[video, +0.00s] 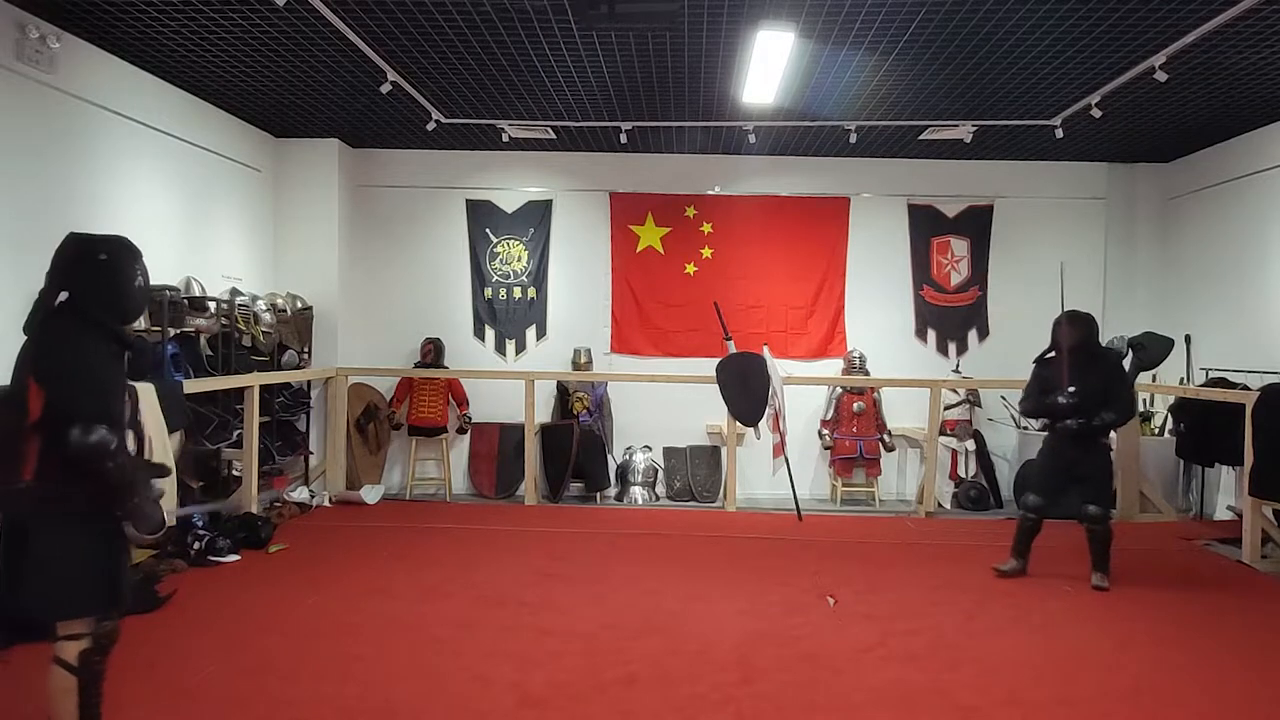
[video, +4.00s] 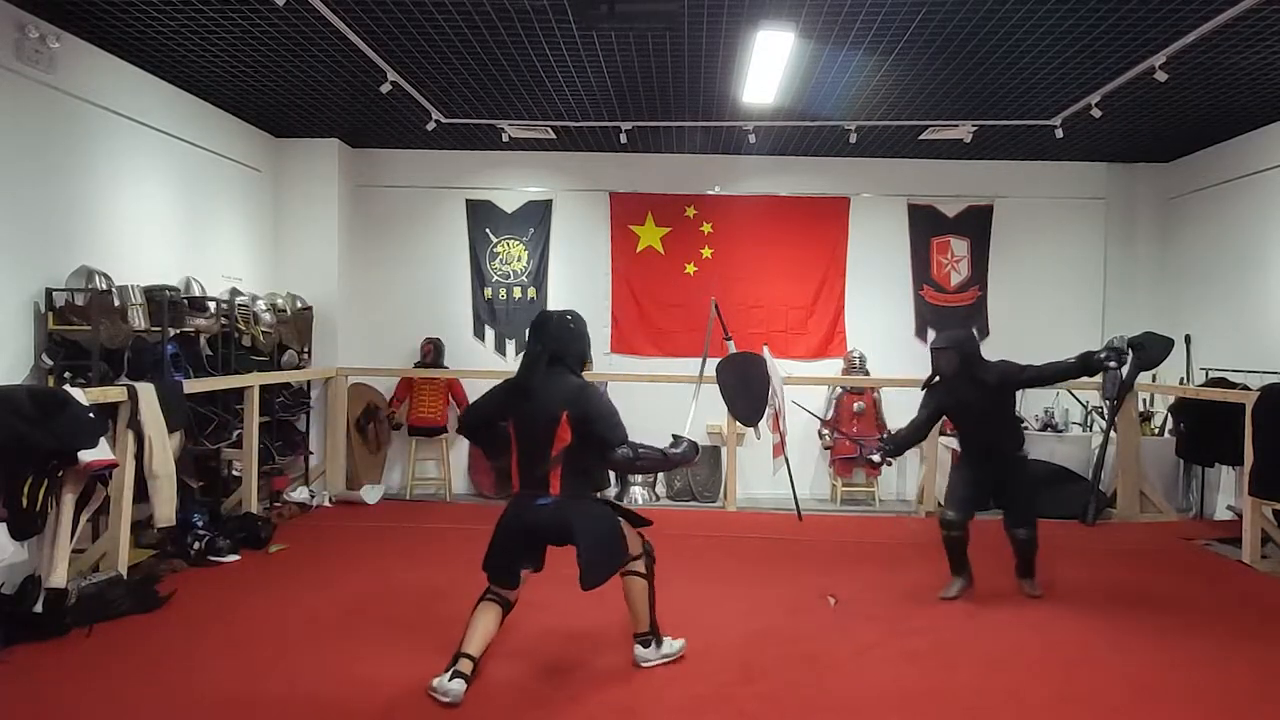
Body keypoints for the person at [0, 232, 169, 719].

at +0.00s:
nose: (140, 291)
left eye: (138, 280)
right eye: (132, 280)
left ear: (84, 283)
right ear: (105, 285)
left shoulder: (84, 334)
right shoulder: (80, 342)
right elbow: (91, 439)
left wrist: (133, 474)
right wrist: (136, 495)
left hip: (87, 505)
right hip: (65, 509)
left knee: (101, 628)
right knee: (76, 636)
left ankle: (87, 713)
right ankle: (69, 717)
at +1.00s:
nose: (198, 291)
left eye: (196, 280)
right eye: (191, 281)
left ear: (131, 287)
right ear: (166, 288)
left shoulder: (109, 339)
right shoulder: (167, 346)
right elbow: (210, 418)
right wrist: (255, 373)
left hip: (121, 497)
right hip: (174, 499)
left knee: (125, 610)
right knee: (222, 599)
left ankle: (84, 712)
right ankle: (223, 713)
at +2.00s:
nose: (240, 292)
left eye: (234, 282)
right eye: (233, 283)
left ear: (167, 295)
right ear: (220, 294)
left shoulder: (147, 350)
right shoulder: (224, 352)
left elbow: (144, 426)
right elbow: (223, 438)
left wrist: (183, 464)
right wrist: (236, 507)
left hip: (170, 495)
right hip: (222, 497)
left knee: (144, 606)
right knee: (263, 601)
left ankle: (86, 711)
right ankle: (224, 712)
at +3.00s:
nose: (466, 339)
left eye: (465, 331)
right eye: (463, 331)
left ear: (410, 330)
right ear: (453, 334)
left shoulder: (385, 376)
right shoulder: (456, 384)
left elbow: (343, 410)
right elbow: (490, 450)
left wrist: (376, 450)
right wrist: (558, 452)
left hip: (393, 506)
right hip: (446, 507)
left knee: (394, 580)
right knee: (516, 564)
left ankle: (374, 671)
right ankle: (516, 662)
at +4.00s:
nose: (588, 350)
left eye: (585, 342)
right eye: (584, 343)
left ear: (538, 346)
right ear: (574, 347)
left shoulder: (516, 387)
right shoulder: (582, 392)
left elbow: (470, 421)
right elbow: (618, 442)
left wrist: (502, 454)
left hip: (523, 510)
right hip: (577, 510)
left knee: (500, 590)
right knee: (636, 547)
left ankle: (458, 673)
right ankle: (647, 642)